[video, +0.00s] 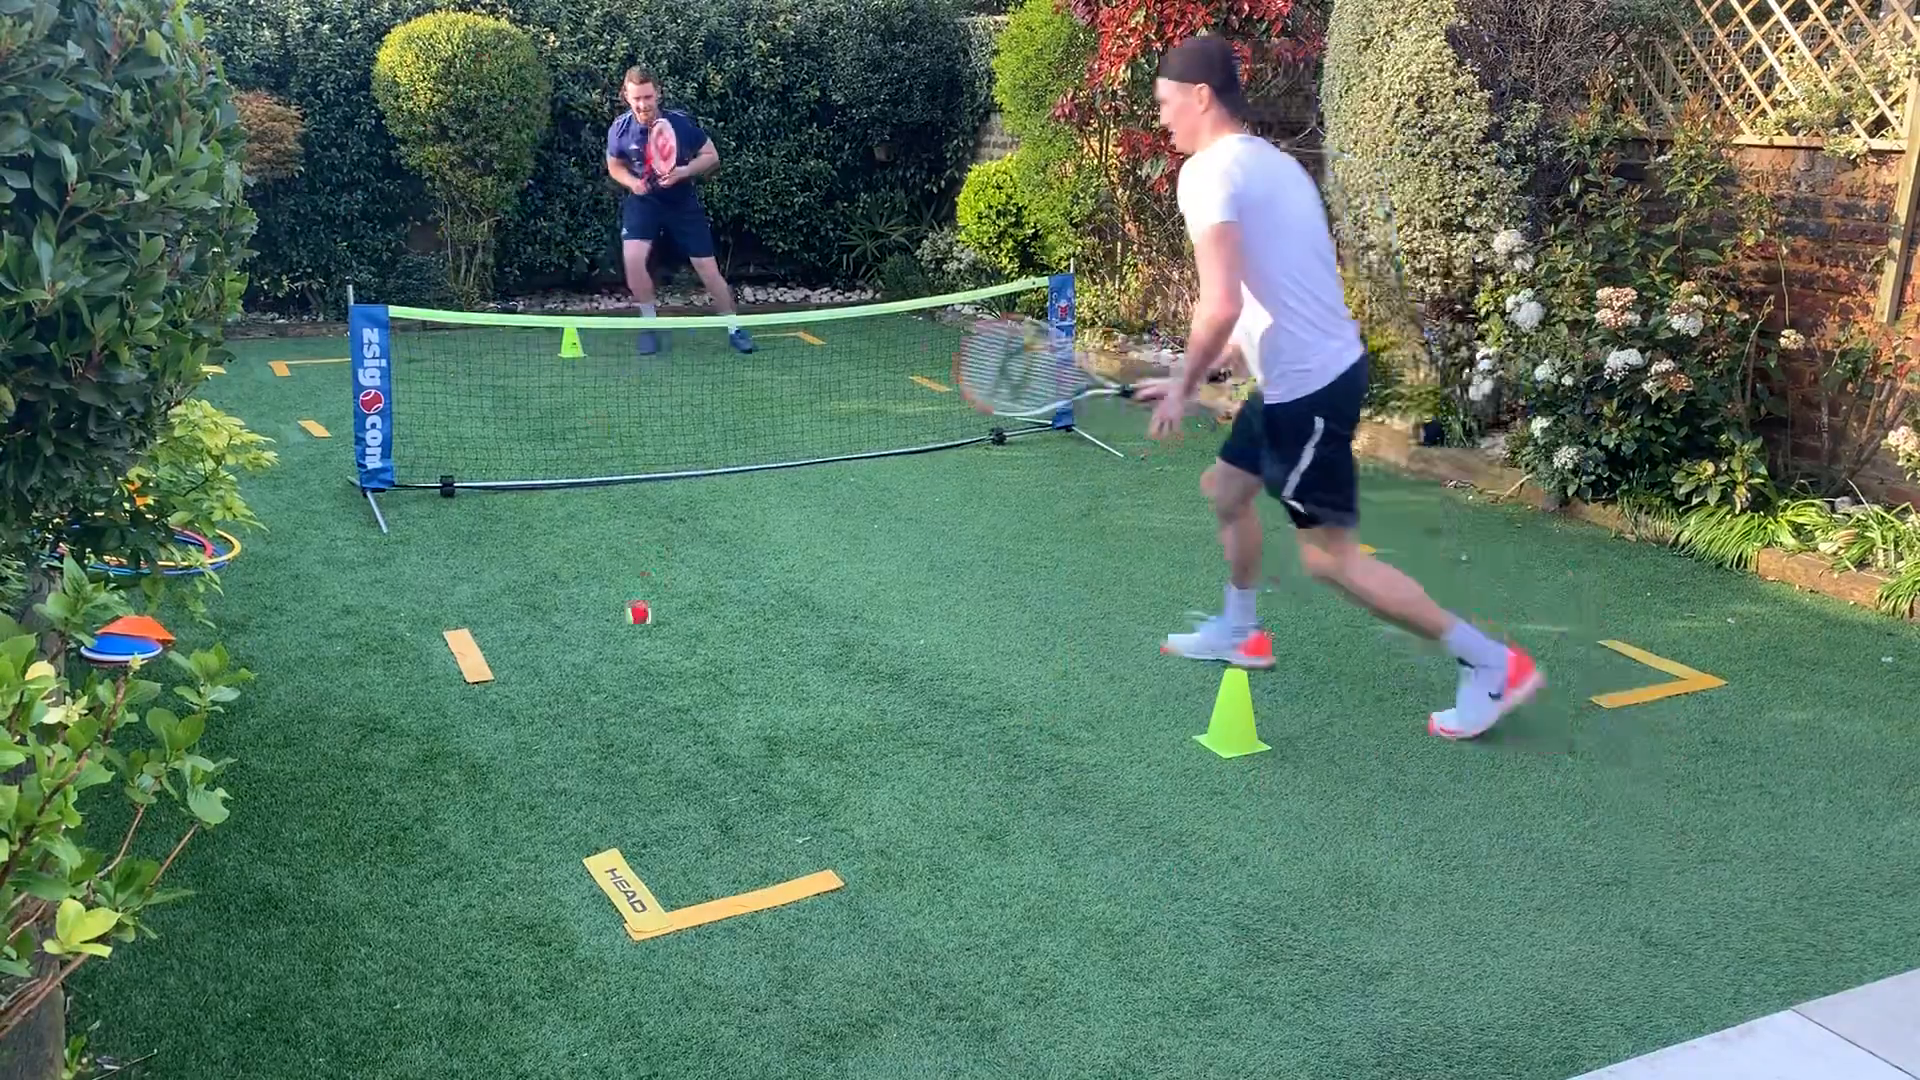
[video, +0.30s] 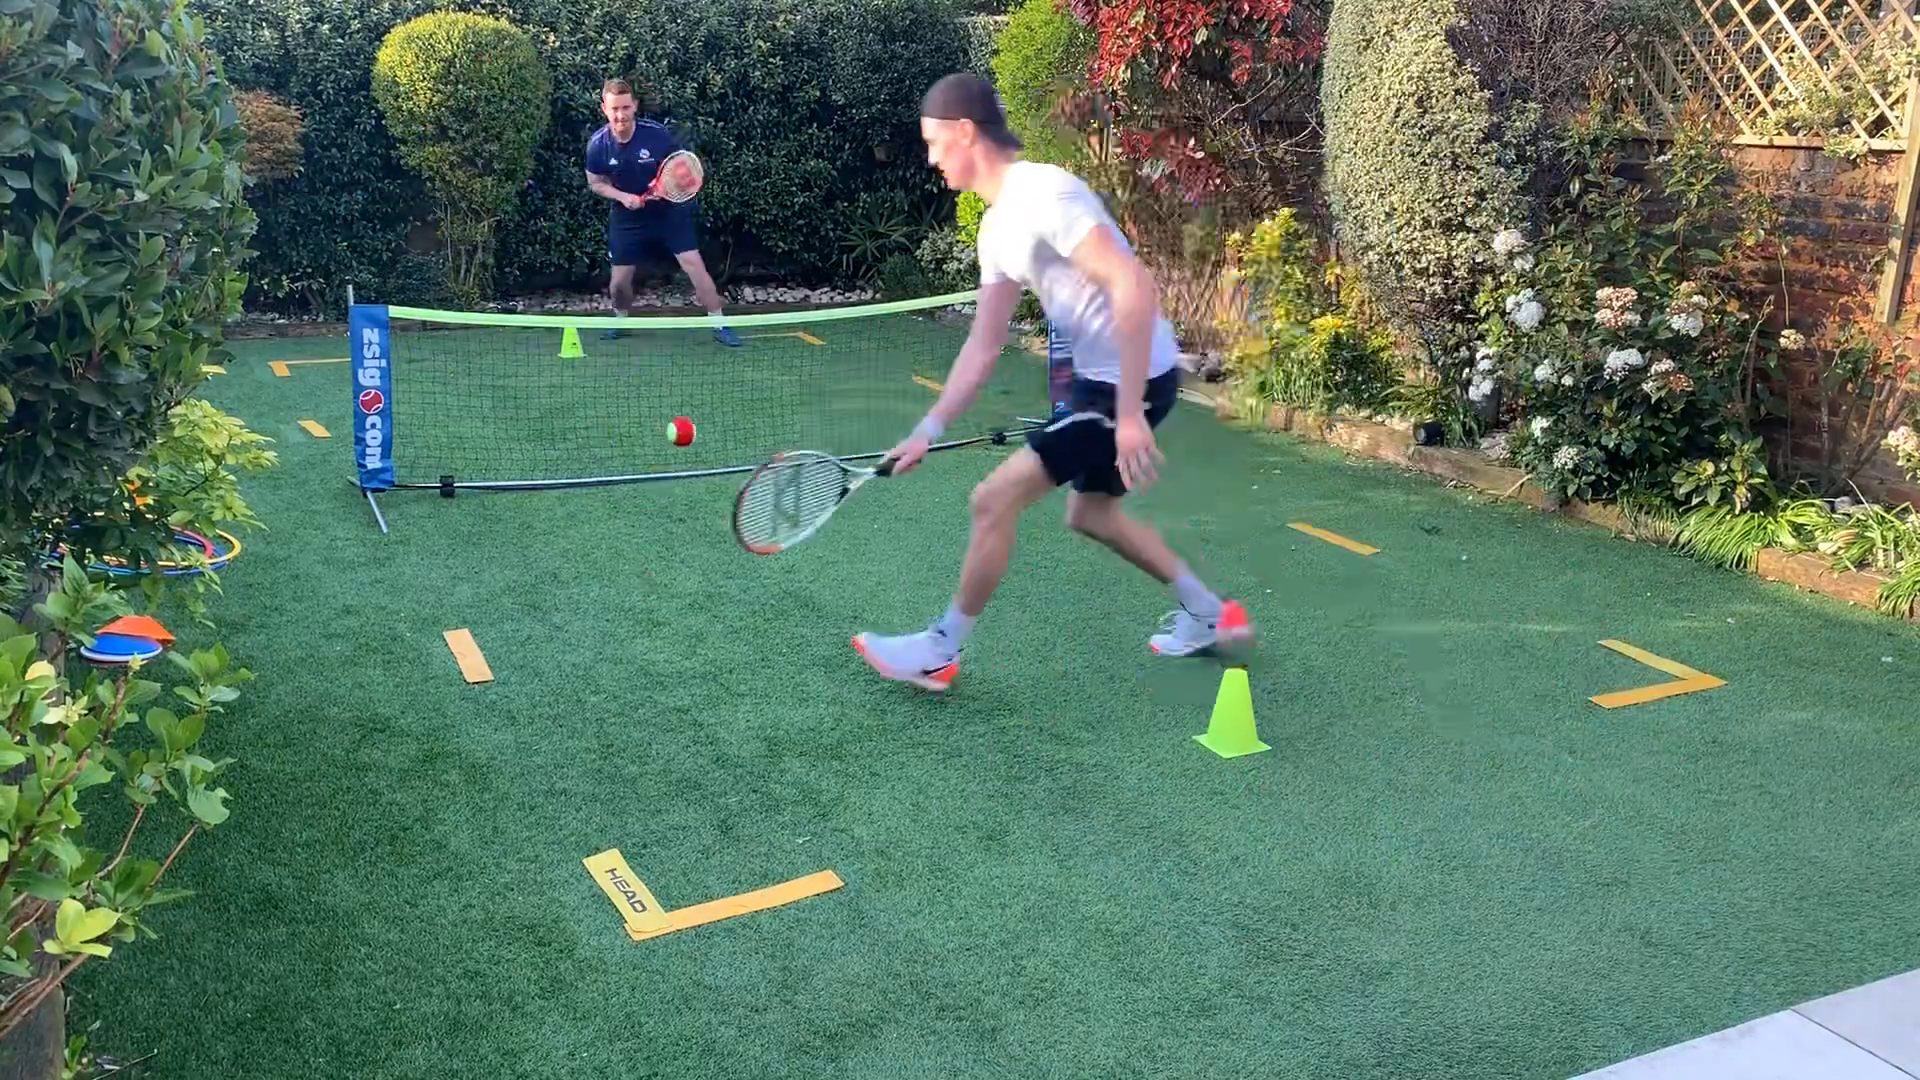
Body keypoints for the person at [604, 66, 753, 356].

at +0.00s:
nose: (642, 105)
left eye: (648, 98)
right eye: (636, 99)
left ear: (659, 94)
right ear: (626, 97)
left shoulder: (679, 122)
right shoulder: (620, 129)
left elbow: (712, 156)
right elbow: (614, 165)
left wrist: (682, 171)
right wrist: (633, 182)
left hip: (682, 201)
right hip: (643, 202)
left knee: (708, 269)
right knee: (632, 262)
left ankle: (734, 329)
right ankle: (649, 326)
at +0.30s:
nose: (620, 115)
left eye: (626, 108)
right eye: (614, 109)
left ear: (635, 106)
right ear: (605, 109)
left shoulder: (656, 135)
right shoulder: (598, 144)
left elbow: (677, 170)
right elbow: (596, 183)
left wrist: (663, 184)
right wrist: (622, 196)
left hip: (667, 209)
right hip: (626, 214)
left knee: (692, 262)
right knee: (619, 280)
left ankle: (720, 324)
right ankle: (619, 319)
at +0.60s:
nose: (582, 92)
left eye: (587, 85)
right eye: (576, 86)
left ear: (596, 87)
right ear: (566, 88)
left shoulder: (615, 119)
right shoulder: (555, 121)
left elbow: (634, 149)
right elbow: (543, 160)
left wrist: (622, 170)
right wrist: (573, 177)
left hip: (610, 201)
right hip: (570, 199)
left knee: (612, 263)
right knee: (558, 258)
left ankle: (605, 313)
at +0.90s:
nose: (561, 119)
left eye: (566, 112)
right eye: (555, 113)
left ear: (576, 112)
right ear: (546, 115)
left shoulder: (594, 147)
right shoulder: (534, 150)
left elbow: (610, 185)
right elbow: (517, 191)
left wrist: (584, 197)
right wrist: (537, 214)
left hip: (587, 221)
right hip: (547, 223)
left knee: (623, 267)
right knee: (518, 279)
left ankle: (623, 321)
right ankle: (512, 325)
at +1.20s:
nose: (581, 100)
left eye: (586, 92)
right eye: (574, 94)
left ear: (598, 90)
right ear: (567, 96)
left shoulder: (619, 123)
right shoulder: (566, 132)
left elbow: (653, 162)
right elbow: (549, 175)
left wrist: (613, 167)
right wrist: (528, 206)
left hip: (628, 209)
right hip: (591, 211)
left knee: (643, 274)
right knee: (581, 272)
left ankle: (646, 332)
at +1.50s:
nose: (583, 136)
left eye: (588, 128)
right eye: (577, 130)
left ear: (602, 122)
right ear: (571, 131)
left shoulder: (632, 145)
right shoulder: (577, 167)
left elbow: (668, 168)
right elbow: (579, 218)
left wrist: (644, 194)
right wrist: (573, 258)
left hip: (650, 210)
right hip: (615, 218)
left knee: (658, 268)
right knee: (624, 288)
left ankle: (682, 334)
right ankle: (644, 324)